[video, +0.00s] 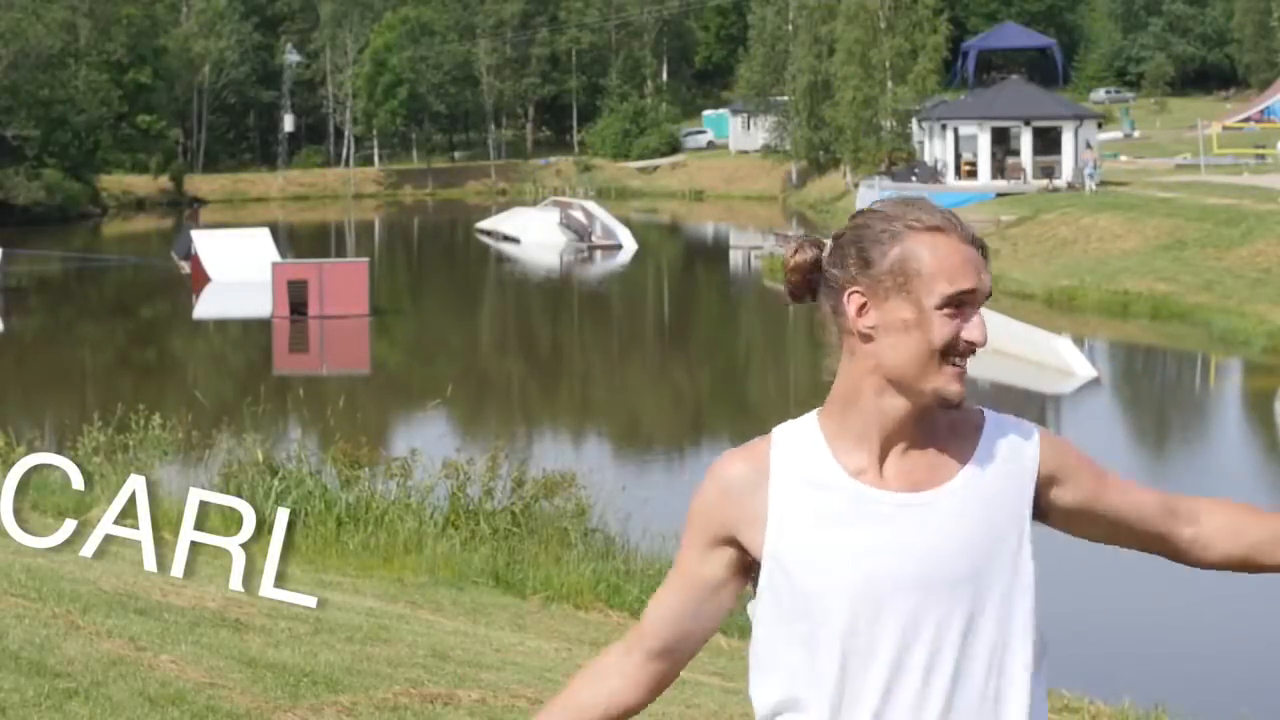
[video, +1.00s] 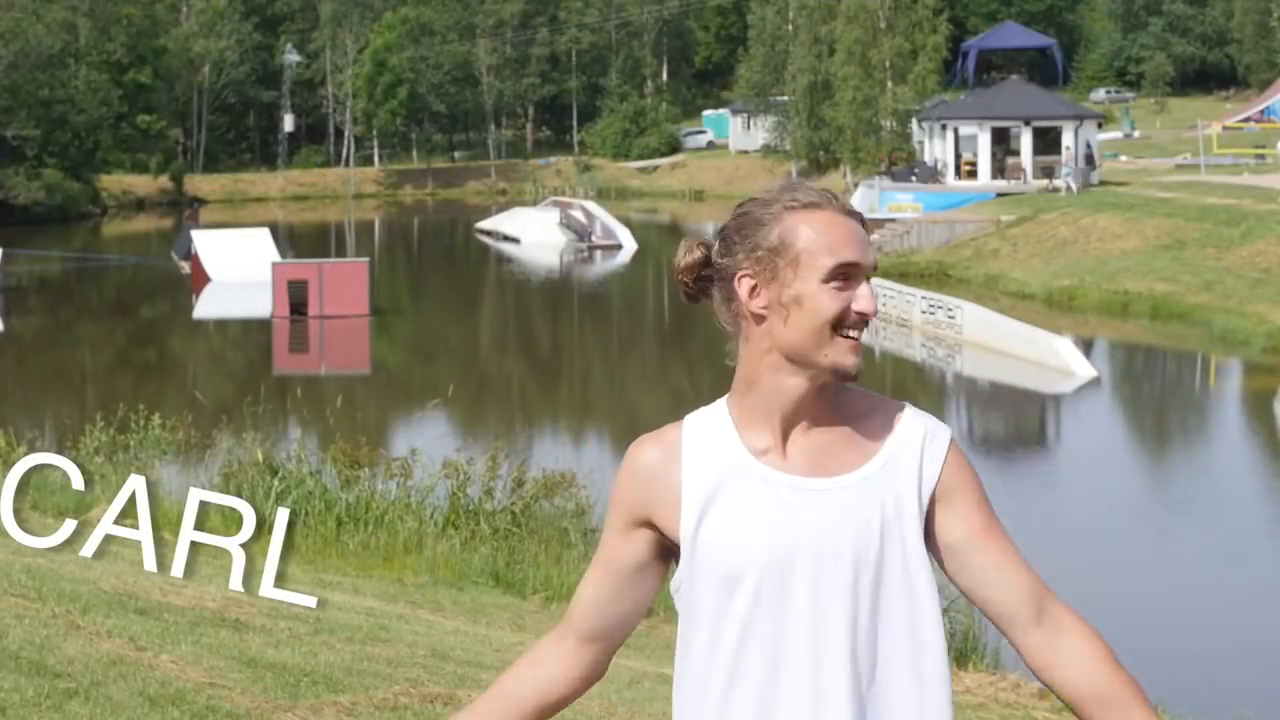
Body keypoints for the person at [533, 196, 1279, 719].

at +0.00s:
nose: (979, 332)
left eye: (981, 309)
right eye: (955, 307)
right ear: (862, 314)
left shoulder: (1024, 459)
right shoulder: (750, 483)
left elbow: (1194, 528)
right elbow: (644, 658)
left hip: (994, 711)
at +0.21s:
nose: (857, 319)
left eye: (865, 293)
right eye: (828, 295)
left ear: (873, 299)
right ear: (737, 302)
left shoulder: (939, 434)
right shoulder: (676, 472)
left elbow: (1131, 498)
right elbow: (571, 615)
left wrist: (1278, 519)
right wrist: (408, 641)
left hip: (917, 713)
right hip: (745, 715)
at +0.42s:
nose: (737, 321)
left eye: (760, 295)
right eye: (709, 295)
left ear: (788, 303)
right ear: (662, 305)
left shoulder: (874, 443)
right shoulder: (627, 470)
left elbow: (1026, 592)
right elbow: (532, 645)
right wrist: (445, 719)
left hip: (859, 715)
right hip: (697, 715)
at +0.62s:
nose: (737, 307)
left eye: (763, 283)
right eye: (712, 278)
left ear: (792, 296)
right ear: (661, 286)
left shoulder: (859, 437)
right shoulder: (617, 454)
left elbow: (1002, 585)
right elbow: (506, 634)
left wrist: (1166, 708)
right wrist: (375, 715)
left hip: (830, 718)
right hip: (668, 719)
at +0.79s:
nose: (760, 305)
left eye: (783, 282)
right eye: (733, 278)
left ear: (808, 295)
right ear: (679, 286)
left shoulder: (871, 436)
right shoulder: (629, 451)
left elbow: (1026, 578)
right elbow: (517, 614)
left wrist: (1201, 696)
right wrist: (340, 692)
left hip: (839, 715)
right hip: (681, 717)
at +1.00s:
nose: (869, 303)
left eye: (869, 279)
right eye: (841, 279)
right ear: (755, 295)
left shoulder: (921, 450)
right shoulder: (664, 466)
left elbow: (1043, 627)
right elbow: (576, 648)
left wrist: (1146, 716)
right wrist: (470, 717)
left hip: (893, 708)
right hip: (732, 710)